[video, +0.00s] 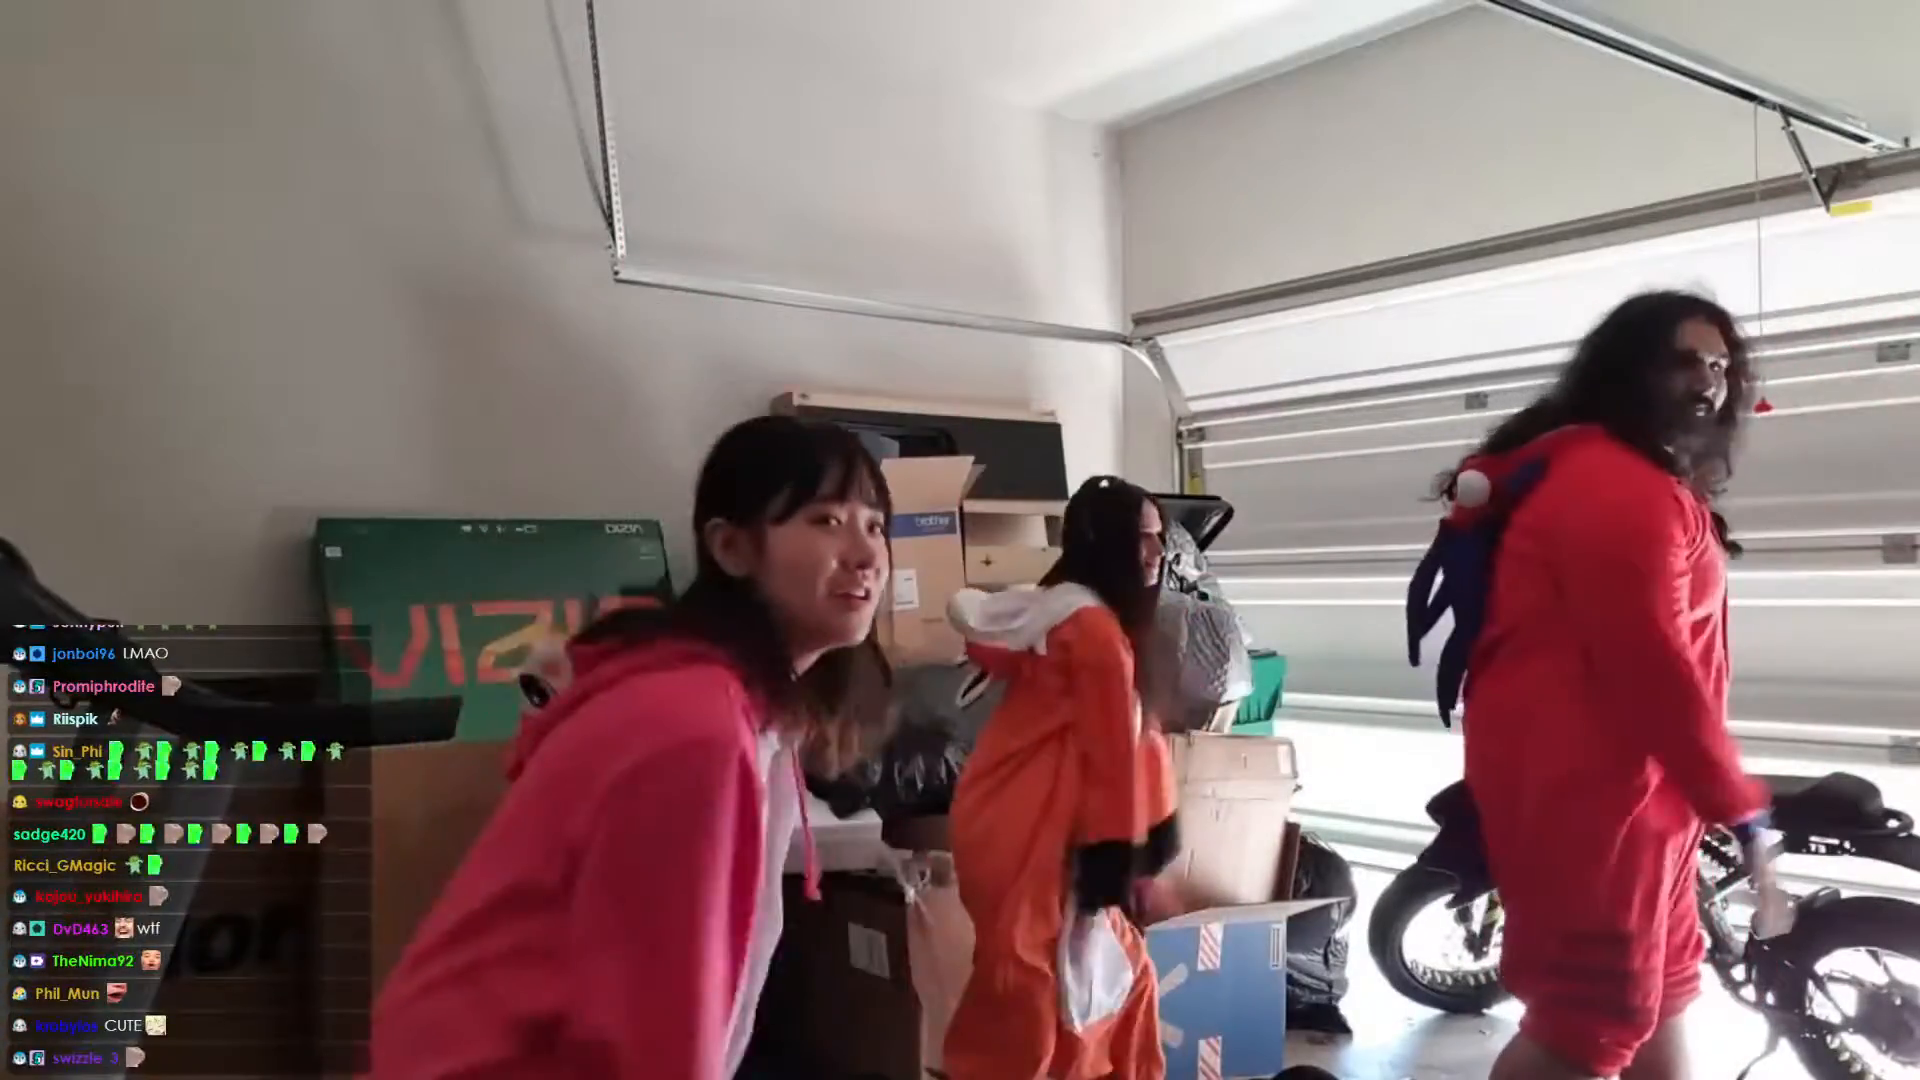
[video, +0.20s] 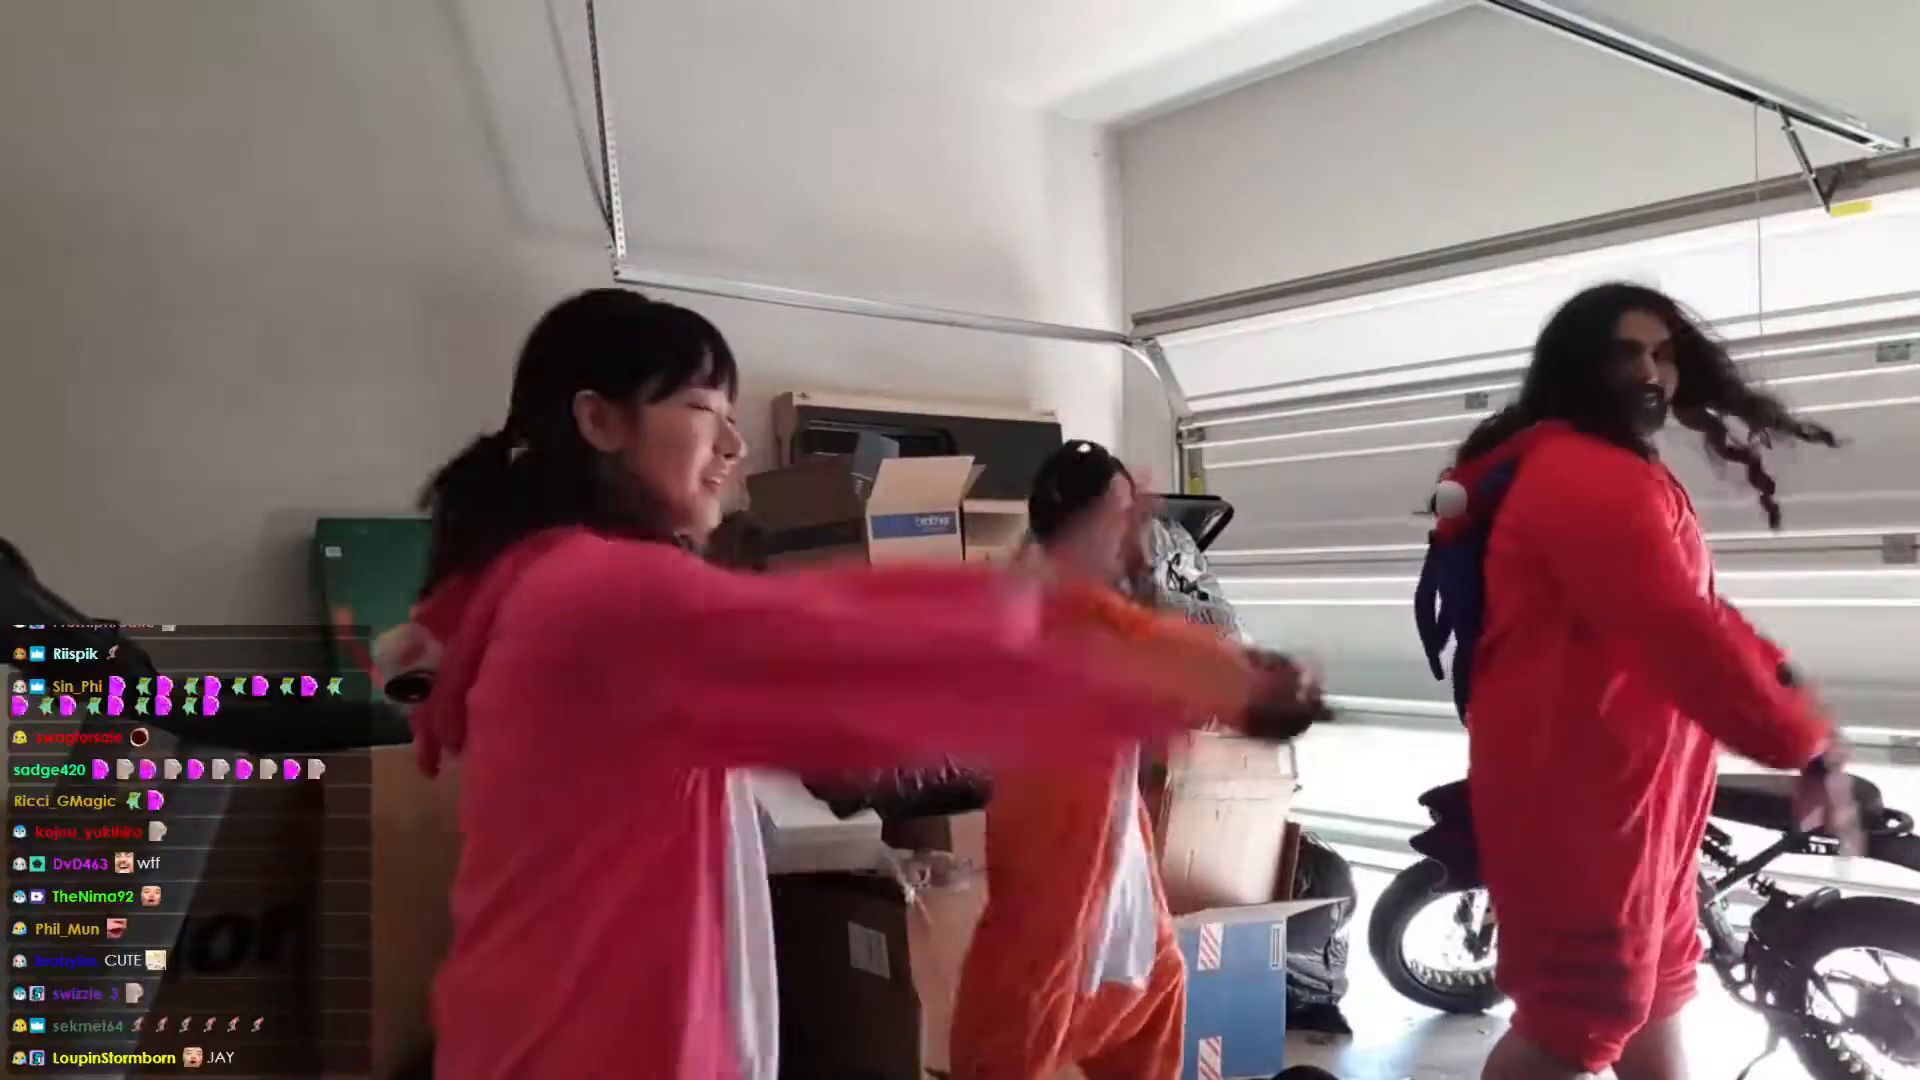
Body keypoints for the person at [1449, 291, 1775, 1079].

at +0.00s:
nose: (1709, 383)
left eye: (1721, 367)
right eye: (1686, 361)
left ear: (1734, 386)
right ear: (1632, 370)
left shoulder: (1648, 480)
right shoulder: (1613, 486)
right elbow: (1651, 668)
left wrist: (1705, 792)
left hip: (1628, 779)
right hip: (1579, 786)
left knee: (1662, 989)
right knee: (1591, 1022)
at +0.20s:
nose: (1654, 374)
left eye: (1665, 356)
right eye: (1628, 354)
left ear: (1679, 370)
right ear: (1580, 366)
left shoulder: (1637, 474)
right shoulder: (1579, 479)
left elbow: (1697, 607)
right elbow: (1678, 634)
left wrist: (1781, 677)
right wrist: (1801, 744)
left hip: (1644, 793)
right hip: (1575, 803)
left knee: (1656, 992)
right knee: (1578, 1016)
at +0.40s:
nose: (1626, 392)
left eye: (1641, 372)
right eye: (1597, 375)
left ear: (1659, 382)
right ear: (1550, 391)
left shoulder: (1617, 476)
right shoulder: (1547, 484)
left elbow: (1712, 477)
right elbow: (1754, 495)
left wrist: (1801, 393)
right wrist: (1894, 375)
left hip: (1666, 793)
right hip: (1586, 809)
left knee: (1707, 984)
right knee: (1599, 1025)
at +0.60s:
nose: (1640, 381)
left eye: (1654, 363)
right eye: (1612, 364)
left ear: (1676, 379)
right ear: (1564, 379)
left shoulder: (1642, 473)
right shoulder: (1560, 479)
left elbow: (1736, 465)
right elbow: (1763, 480)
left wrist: (1808, 353)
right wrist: (1848, 331)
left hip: (1673, 791)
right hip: (1595, 806)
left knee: (1704, 992)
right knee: (1611, 1023)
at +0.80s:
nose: (1653, 376)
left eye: (1669, 357)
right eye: (1626, 358)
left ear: (1691, 373)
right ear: (1582, 375)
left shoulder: (1657, 476)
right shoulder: (1587, 481)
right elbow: (1701, 622)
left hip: (1658, 788)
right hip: (1585, 794)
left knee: (1665, 995)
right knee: (1582, 1016)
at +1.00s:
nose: (1695, 391)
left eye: (1713, 373)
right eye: (1670, 371)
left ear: (1730, 389)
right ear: (1627, 380)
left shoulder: (1675, 485)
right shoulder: (1603, 491)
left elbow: (1664, 667)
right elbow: (1592, 675)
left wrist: (1691, 812)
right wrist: (1655, 828)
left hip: (1662, 798)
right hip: (1578, 807)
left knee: (1689, 984)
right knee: (1586, 1027)